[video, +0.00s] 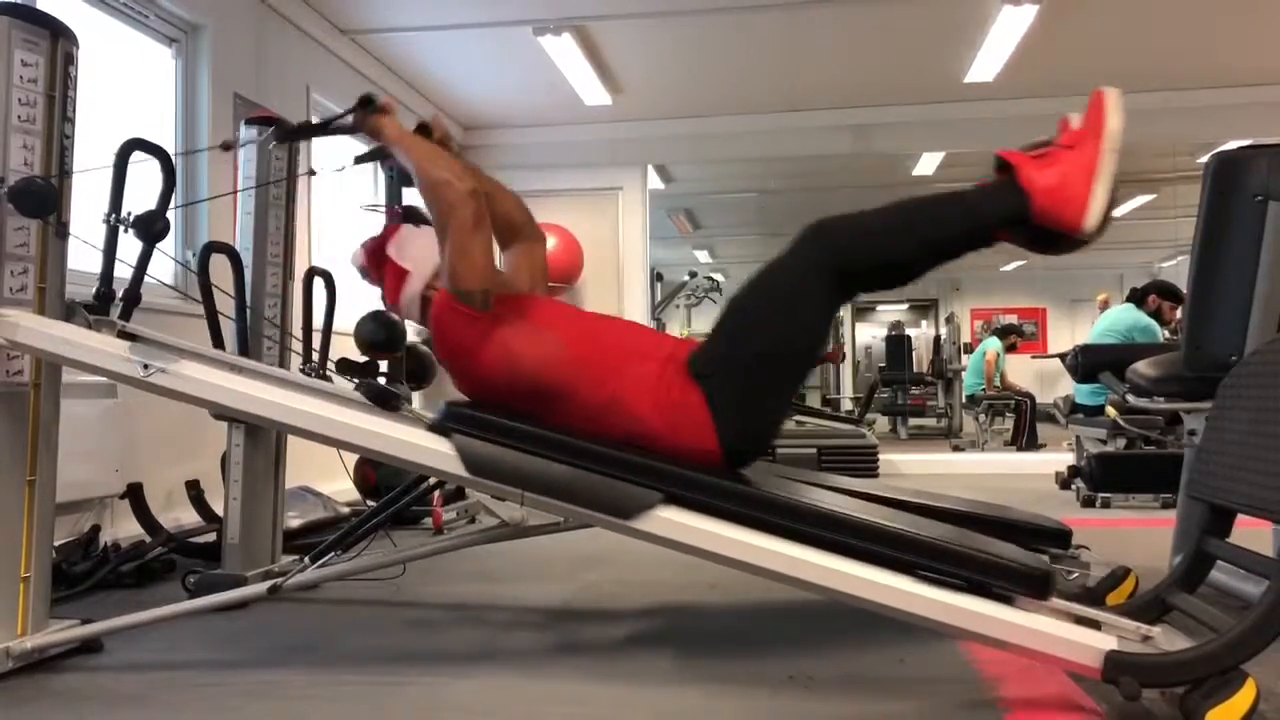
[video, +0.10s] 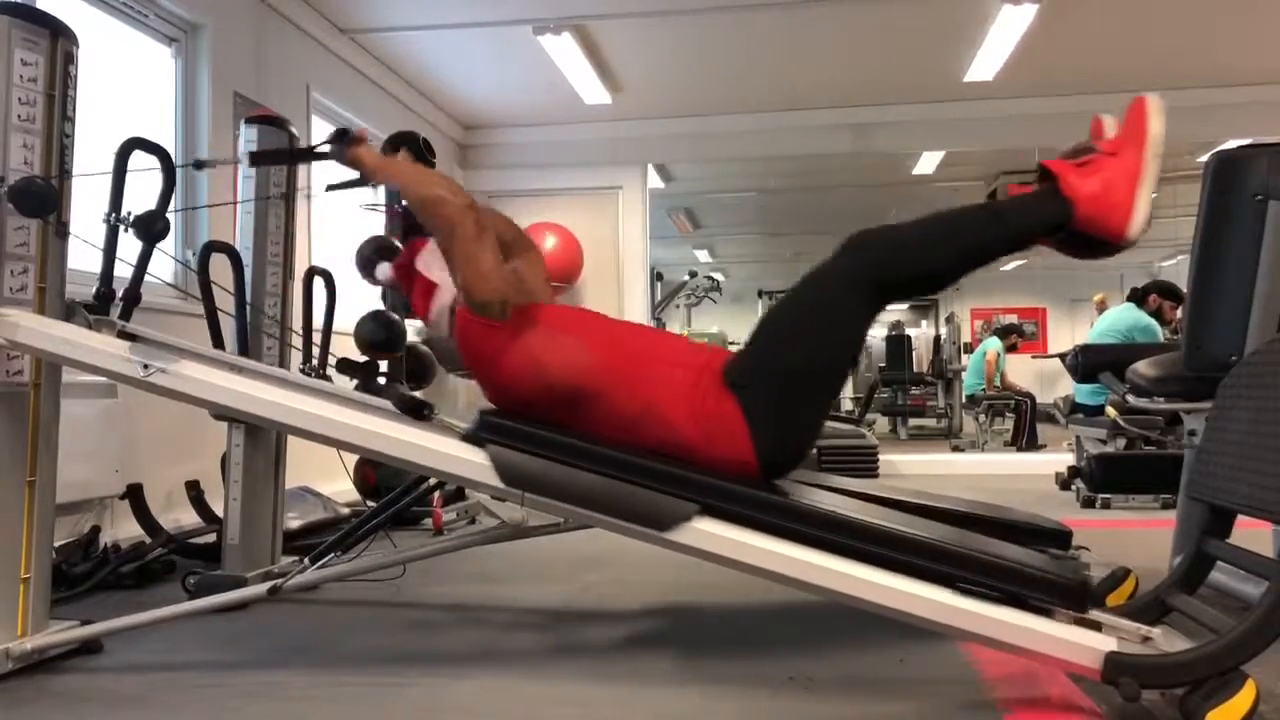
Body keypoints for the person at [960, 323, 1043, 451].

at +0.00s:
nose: (1017, 342)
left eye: (1018, 339)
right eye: (1017, 338)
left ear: (1009, 337)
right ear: (1011, 336)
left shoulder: (999, 349)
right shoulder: (994, 342)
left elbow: (1004, 383)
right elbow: (989, 361)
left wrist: (1019, 390)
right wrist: (989, 390)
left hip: (982, 393)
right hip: (976, 393)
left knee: (1026, 399)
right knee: (1027, 400)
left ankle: (1018, 442)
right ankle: (1027, 445)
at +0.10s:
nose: (1018, 342)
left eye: (1019, 339)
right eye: (1018, 338)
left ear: (1010, 337)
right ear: (1012, 336)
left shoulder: (999, 349)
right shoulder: (994, 342)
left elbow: (1004, 382)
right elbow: (989, 361)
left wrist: (1019, 390)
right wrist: (989, 389)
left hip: (982, 393)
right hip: (977, 393)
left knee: (1025, 400)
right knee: (1027, 400)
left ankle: (1018, 442)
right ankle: (1026, 444)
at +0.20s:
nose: (1018, 342)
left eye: (1019, 339)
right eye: (1018, 338)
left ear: (1010, 337)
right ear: (1012, 336)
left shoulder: (999, 349)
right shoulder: (995, 342)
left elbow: (1004, 382)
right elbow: (990, 360)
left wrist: (1020, 390)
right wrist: (989, 389)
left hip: (982, 393)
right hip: (977, 394)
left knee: (1026, 399)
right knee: (1027, 400)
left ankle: (1018, 442)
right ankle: (1026, 444)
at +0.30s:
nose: (1018, 342)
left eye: (1019, 339)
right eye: (1018, 338)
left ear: (1011, 337)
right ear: (1012, 336)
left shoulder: (999, 349)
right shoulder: (995, 342)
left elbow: (1004, 382)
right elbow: (990, 360)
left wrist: (1020, 390)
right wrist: (989, 389)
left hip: (982, 393)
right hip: (977, 394)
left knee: (1026, 399)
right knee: (1027, 400)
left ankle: (1018, 442)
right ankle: (1026, 444)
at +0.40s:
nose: (1018, 342)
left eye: (1019, 339)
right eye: (1018, 338)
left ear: (1010, 337)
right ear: (1013, 337)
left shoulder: (999, 349)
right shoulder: (995, 342)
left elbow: (1004, 382)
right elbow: (990, 361)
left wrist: (1020, 390)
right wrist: (989, 390)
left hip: (982, 393)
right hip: (976, 394)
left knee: (1026, 399)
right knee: (1027, 400)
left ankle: (1019, 442)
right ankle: (1027, 445)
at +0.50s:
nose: (1019, 342)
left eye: (1020, 339)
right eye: (1019, 338)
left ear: (1011, 337)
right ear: (1013, 337)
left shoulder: (999, 348)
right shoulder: (995, 343)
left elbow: (1004, 382)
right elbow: (990, 361)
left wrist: (1019, 389)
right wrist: (990, 389)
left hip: (982, 393)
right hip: (977, 393)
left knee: (1026, 399)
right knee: (1027, 400)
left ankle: (1018, 442)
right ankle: (1027, 444)